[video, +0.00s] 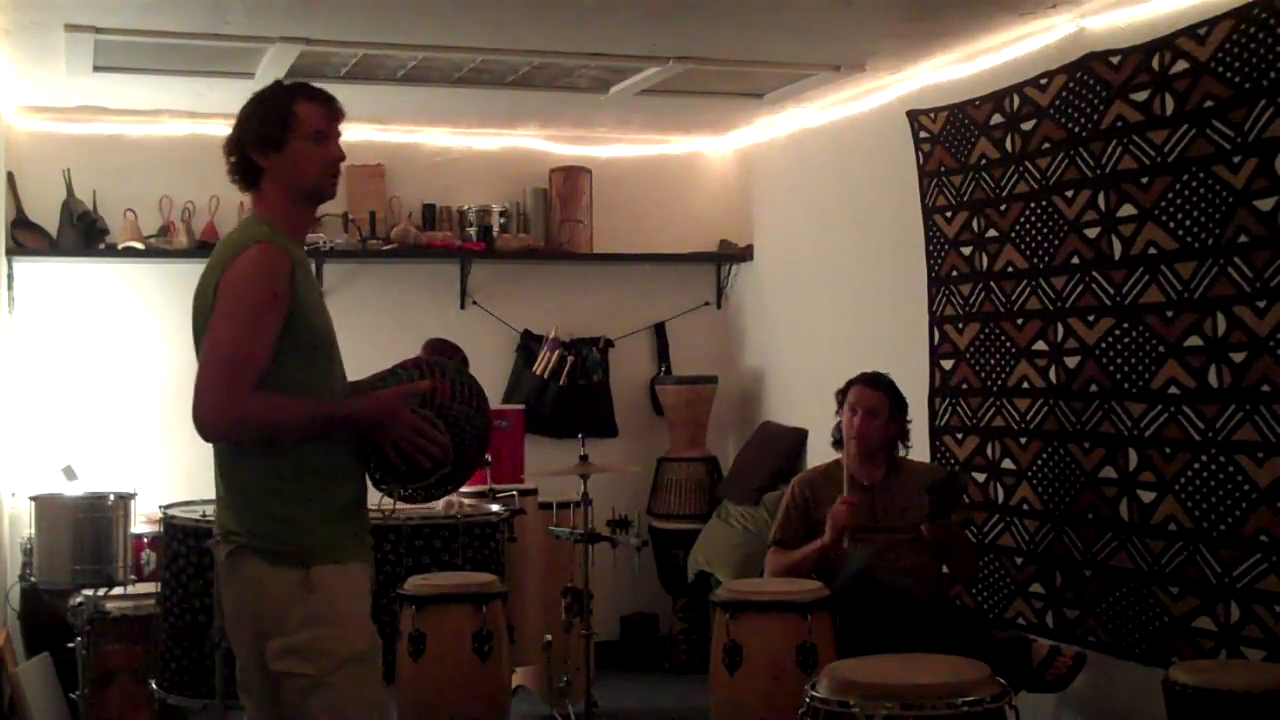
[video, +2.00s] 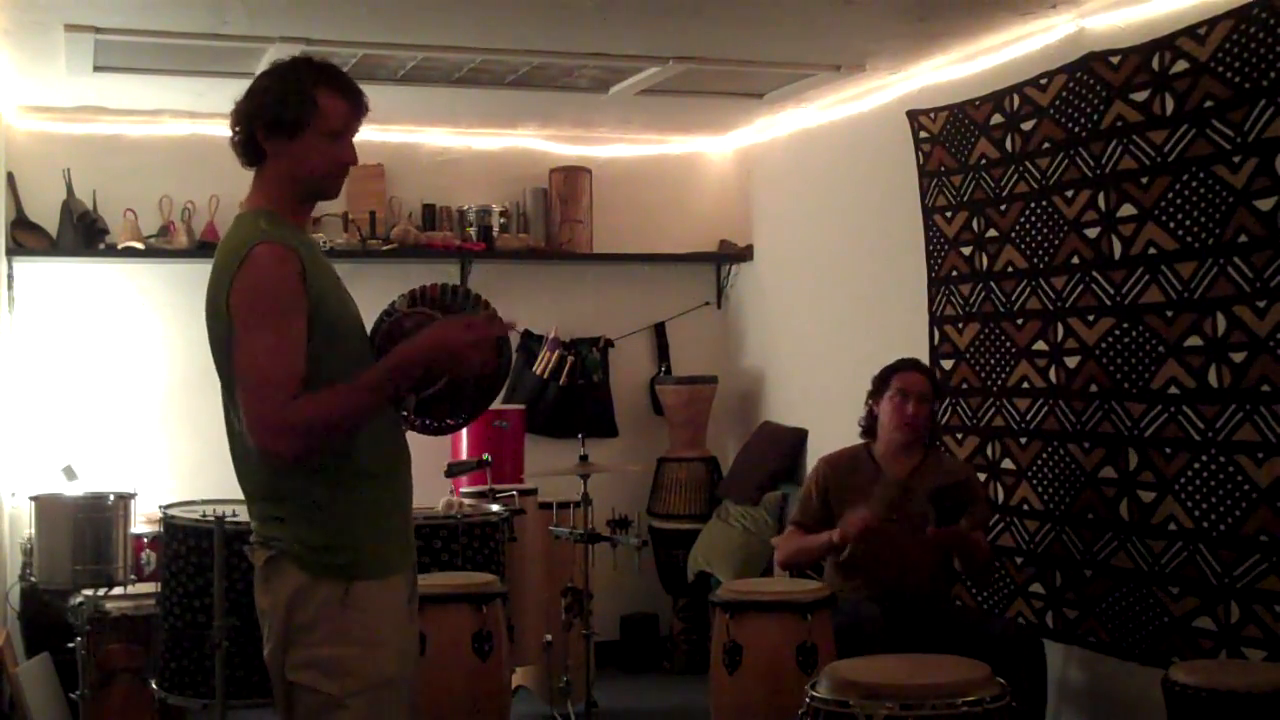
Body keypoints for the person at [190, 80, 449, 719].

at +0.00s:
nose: (340, 152)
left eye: (338, 138)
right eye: (322, 138)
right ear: (268, 151)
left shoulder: (269, 253)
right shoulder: (264, 257)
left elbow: (291, 406)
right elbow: (219, 411)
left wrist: (394, 384)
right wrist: (360, 414)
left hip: (289, 560)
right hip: (297, 565)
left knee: (289, 709)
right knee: (336, 707)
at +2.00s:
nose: (352, 156)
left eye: (351, 138)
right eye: (336, 136)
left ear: (287, 140)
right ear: (277, 137)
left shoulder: (285, 247)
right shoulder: (266, 255)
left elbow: (303, 404)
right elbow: (277, 428)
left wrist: (398, 351)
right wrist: (417, 361)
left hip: (348, 568)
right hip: (331, 578)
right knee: (347, 709)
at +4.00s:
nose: (316, 155)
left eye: (313, 141)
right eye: (298, 143)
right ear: (244, 156)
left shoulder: (267, 261)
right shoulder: (228, 259)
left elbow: (265, 395)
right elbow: (189, 411)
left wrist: (355, 376)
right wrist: (331, 393)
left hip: (308, 556)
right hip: (281, 562)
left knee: (316, 705)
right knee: (305, 707)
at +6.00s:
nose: (481, 122)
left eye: (473, 106)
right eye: (462, 108)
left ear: (409, 133)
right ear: (404, 130)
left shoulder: (418, 238)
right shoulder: (409, 251)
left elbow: (514, 346)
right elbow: (469, 431)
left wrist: (637, 344)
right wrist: (610, 385)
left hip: (433, 566)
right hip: (418, 578)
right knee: (449, 709)